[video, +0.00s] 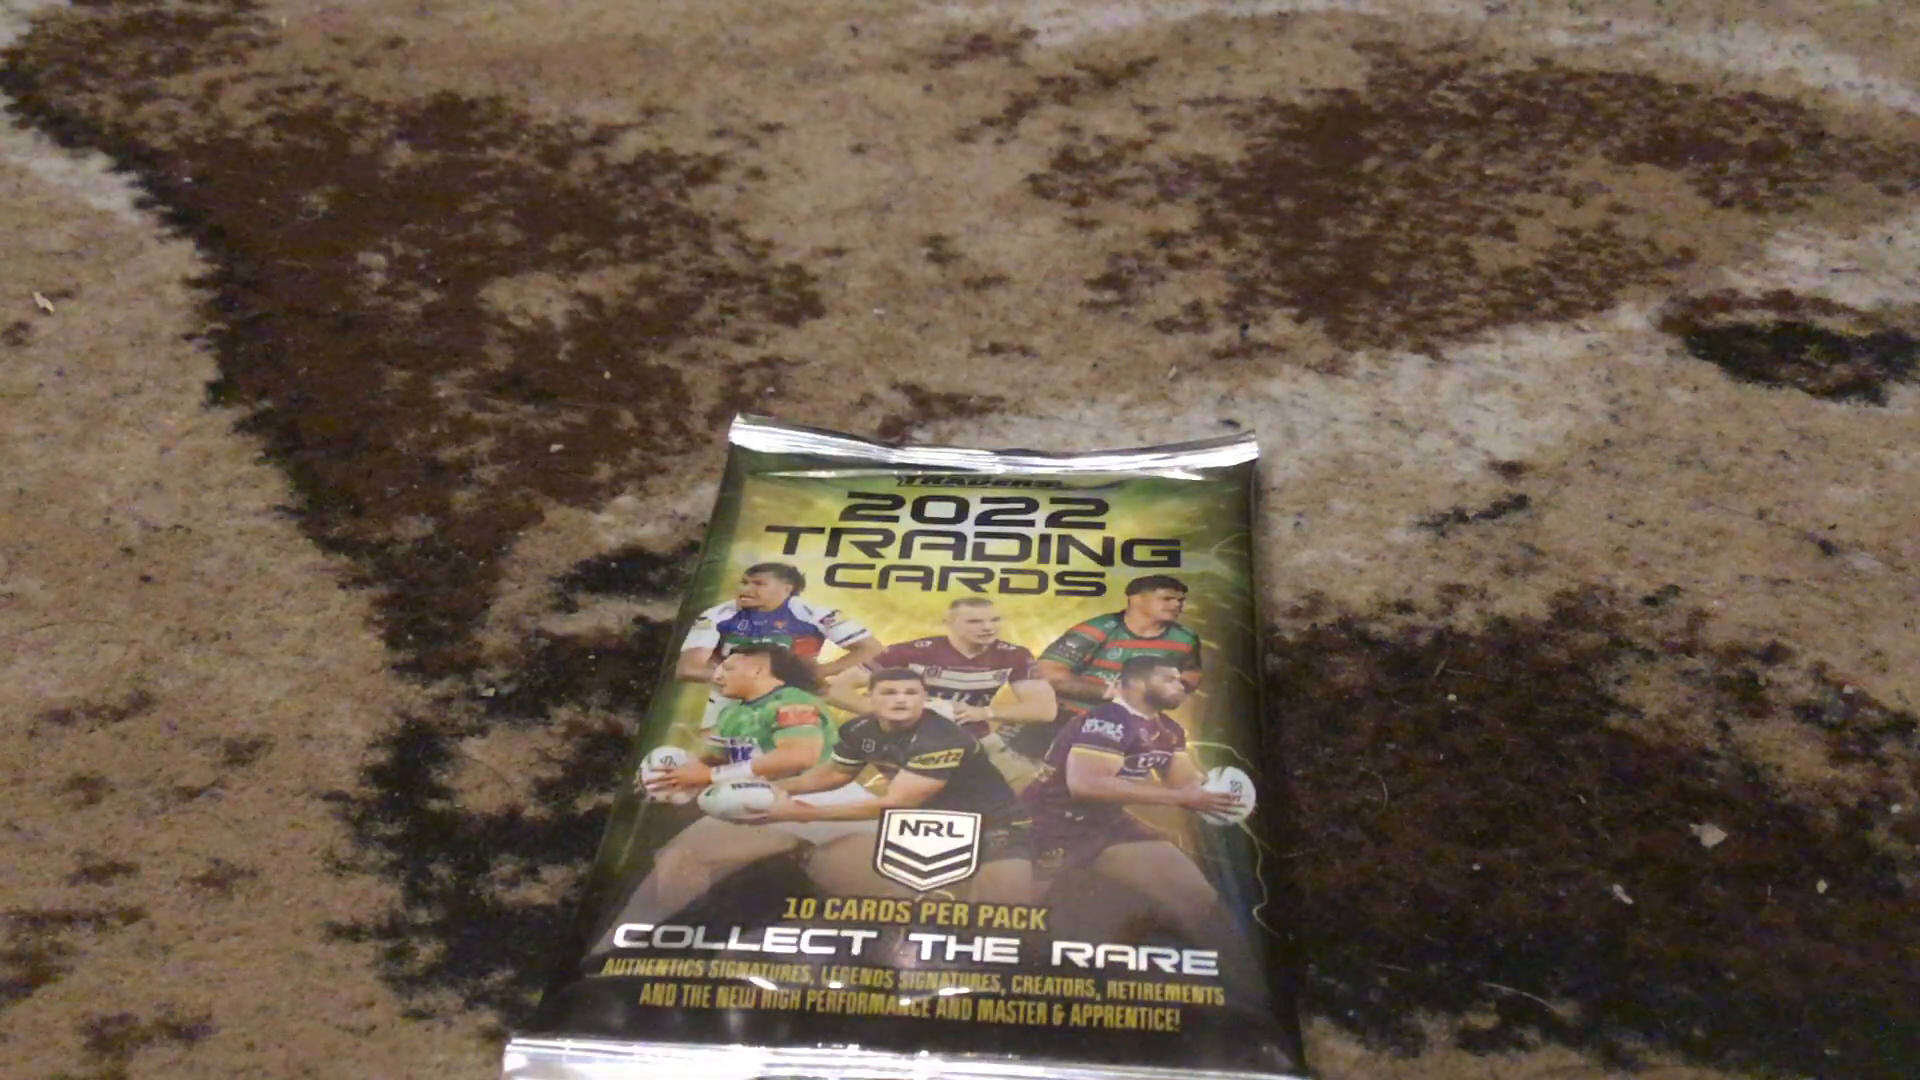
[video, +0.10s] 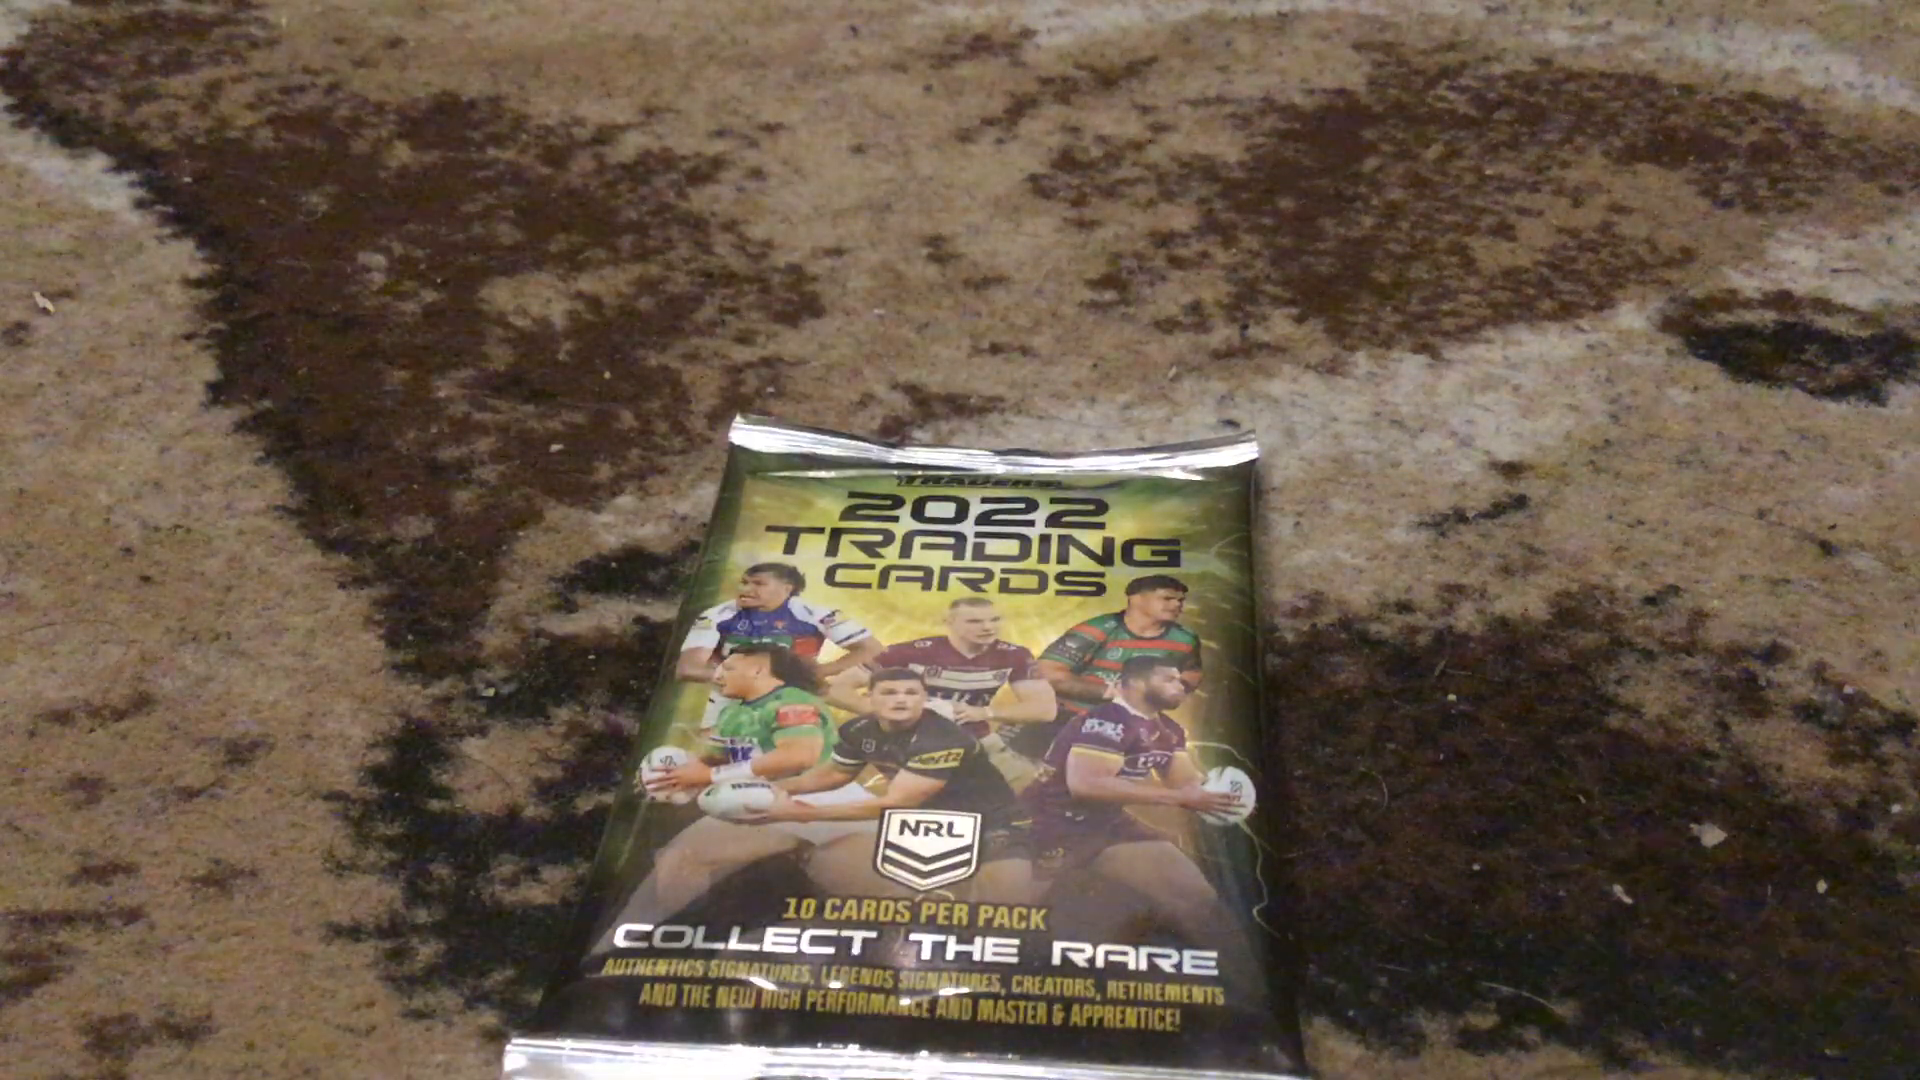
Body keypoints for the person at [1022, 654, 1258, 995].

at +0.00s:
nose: (1180, 684)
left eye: (1178, 679)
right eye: (1169, 678)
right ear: (1135, 682)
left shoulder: (1168, 732)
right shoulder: (1105, 720)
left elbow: (1187, 784)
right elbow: (1084, 782)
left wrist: (1228, 800)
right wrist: (1180, 796)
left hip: (1103, 827)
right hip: (1044, 828)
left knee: (1198, 900)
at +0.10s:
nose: (1180, 685)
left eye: (1179, 679)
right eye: (1169, 679)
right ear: (1133, 682)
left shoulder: (1169, 733)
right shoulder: (1106, 720)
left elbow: (1188, 786)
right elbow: (1084, 782)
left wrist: (1224, 798)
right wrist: (1179, 796)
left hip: (1105, 825)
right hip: (1043, 826)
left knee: (1198, 901)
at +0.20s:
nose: (1180, 684)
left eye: (1178, 679)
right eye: (1169, 678)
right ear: (1134, 682)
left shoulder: (1169, 733)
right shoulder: (1106, 719)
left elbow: (1188, 786)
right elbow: (1084, 782)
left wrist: (1225, 799)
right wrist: (1181, 797)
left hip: (1104, 824)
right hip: (1043, 823)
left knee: (1197, 899)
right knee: (998, 925)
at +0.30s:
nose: (1180, 684)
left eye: (1178, 679)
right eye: (1169, 679)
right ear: (1134, 683)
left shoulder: (1168, 733)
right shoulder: (1106, 720)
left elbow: (1188, 785)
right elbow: (1084, 781)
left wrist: (1223, 799)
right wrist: (1179, 796)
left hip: (1104, 825)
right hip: (1038, 825)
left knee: (1198, 900)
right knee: (999, 925)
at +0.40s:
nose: (1180, 683)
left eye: (1178, 678)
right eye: (1169, 678)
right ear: (1135, 682)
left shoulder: (1168, 732)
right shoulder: (1105, 720)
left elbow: (1187, 784)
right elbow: (1084, 782)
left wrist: (1227, 801)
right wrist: (1179, 796)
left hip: (1103, 827)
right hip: (1042, 827)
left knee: (1196, 899)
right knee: (1000, 921)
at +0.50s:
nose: (1180, 683)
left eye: (1178, 678)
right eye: (1169, 678)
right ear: (1134, 682)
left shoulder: (1169, 733)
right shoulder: (1106, 720)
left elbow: (1187, 785)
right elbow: (1084, 782)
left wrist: (1225, 798)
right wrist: (1179, 796)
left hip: (1103, 825)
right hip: (1041, 824)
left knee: (1197, 898)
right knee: (998, 924)